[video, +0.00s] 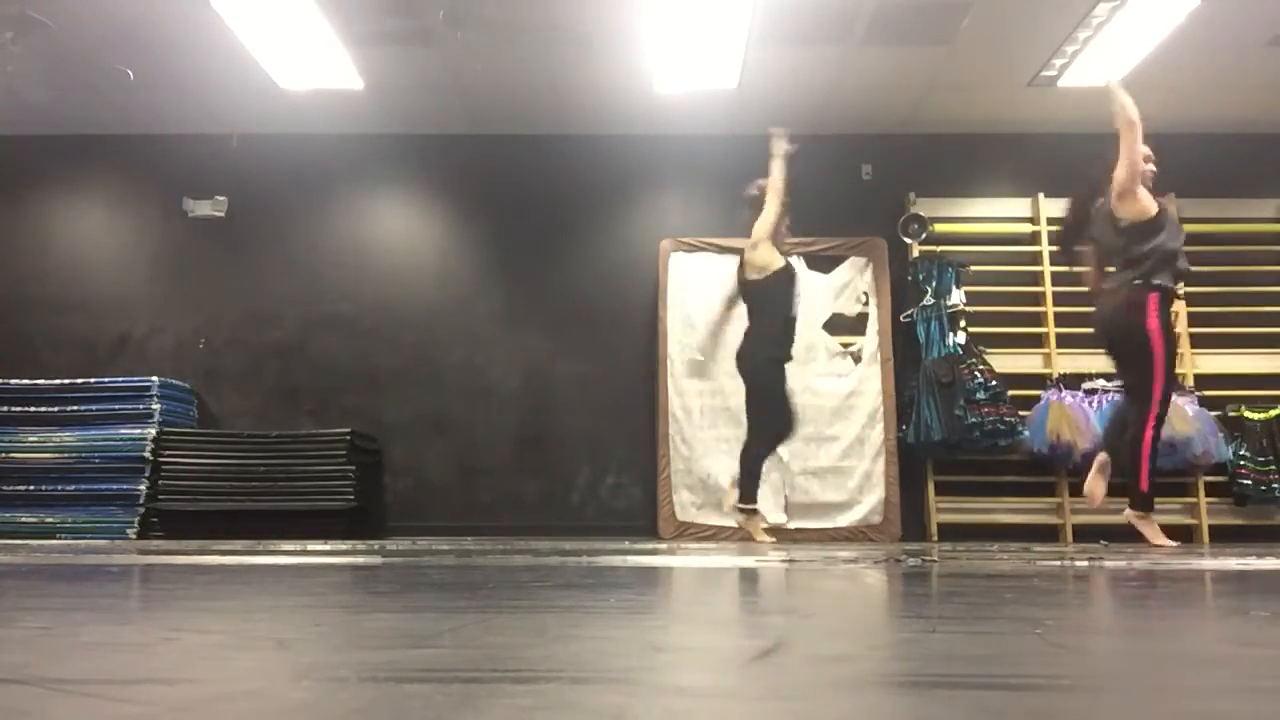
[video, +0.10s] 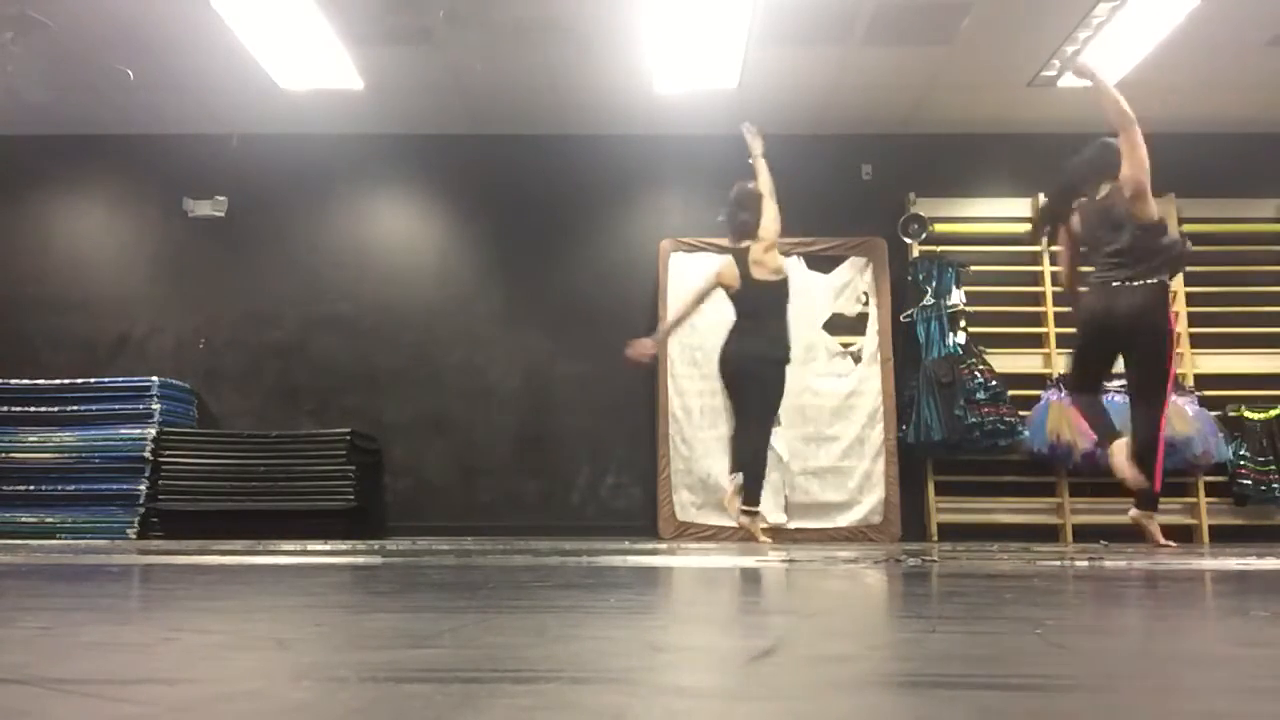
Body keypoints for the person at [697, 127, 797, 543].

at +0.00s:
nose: (784, 219)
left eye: (783, 212)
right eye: (779, 212)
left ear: (760, 214)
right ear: (766, 213)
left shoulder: (752, 256)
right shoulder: (761, 246)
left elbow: (727, 307)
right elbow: (774, 195)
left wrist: (706, 347)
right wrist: (779, 152)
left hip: (761, 352)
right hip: (763, 354)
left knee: (779, 424)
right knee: (764, 430)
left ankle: (742, 482)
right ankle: (748, 512)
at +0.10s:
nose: (762, 218)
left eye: (752, 211)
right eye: (759, 212)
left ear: (730, 221)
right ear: (758, 219)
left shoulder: (725, 268)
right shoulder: (769, 250)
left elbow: (687, 309)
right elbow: (768, 198)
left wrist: (655, 339)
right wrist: (758, 155)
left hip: (735, 352)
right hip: (771, 354)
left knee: (744, 421)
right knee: (761, 428)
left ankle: (737, 481)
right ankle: (752, 514)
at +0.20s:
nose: (708, 233)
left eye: (711, 227)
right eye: (710, 226)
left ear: (722, 228)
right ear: (744, 225)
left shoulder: (713, 265)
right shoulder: (761, 251)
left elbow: (679, 300)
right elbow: (762, 201)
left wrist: (647, 327)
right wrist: (760, 157)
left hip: (727, 355)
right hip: (764, 356)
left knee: (703, 416)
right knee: (759, 435)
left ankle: (716, 484)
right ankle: (760, 512)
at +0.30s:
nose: (687, 238)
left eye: (691, 233)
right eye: (688, 232)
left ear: (709, 236)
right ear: (722, 234)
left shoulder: (697, 267)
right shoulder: (742, 256)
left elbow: (682, 295)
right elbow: (752, 214)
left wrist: (670, 321)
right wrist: (754, 179)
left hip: (713, 361)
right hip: (748, 361)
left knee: (674, 423)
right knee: (755, 435)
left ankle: (680, 494)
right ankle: (771, 510)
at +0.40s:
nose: (669, 249)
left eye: (674, 243)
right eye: (669, 243)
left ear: (694, 246)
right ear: (698, 246)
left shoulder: (687, 278)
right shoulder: (720, 270)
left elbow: (697, 306)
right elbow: (730, 244)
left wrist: (701, 334)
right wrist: (730, 219)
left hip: (702, 373)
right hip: (731, 371)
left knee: (655, 429)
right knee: (741, 439)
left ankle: (641, 509)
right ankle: (769, 513)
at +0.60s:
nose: (637, 260)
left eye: (643, 254)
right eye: (637, 253)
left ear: (664, 259)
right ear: (656, 260)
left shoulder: (670, 294)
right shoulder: (658, 294)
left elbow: (692, 338)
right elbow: (659, 342)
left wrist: (706, 380)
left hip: (655, 391)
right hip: (659, 390)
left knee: (610, 448)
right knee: (657, 462)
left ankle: (624, 525)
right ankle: (719, 493)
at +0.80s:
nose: (611, 259)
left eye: (617, 252)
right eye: (610, 252)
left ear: (639, 256)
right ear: (622, 257)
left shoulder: (652, 287)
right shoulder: (623, 295)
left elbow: (663, 339)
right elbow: (610, 337)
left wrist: (650, 379)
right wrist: (590, 365)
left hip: (638, 380)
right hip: (613, 375)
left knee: (603, 448)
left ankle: (621, 525)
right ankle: (483, 390)